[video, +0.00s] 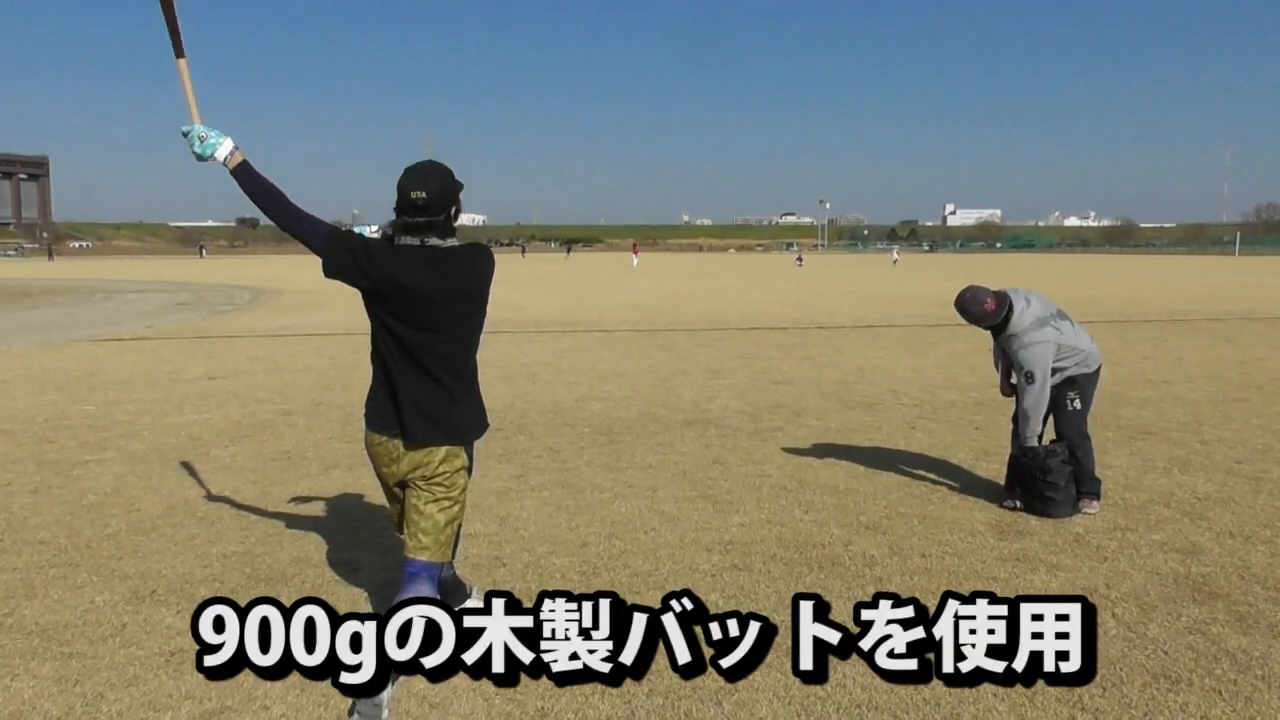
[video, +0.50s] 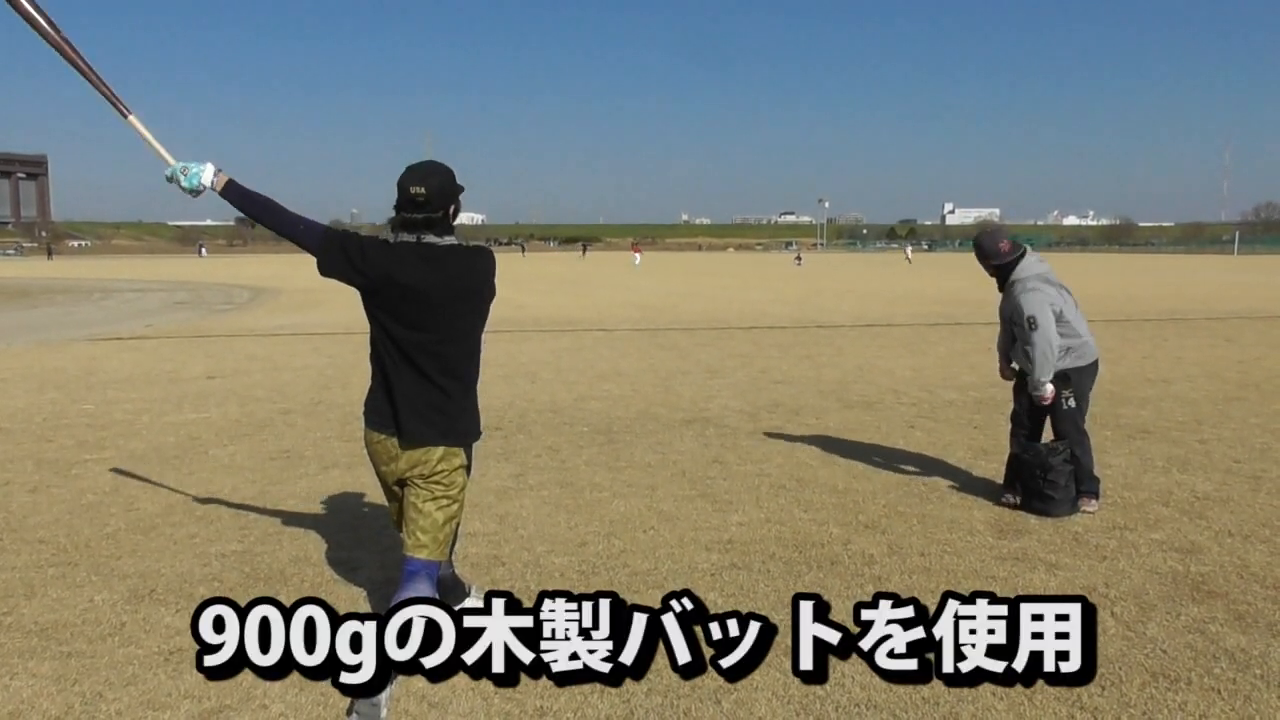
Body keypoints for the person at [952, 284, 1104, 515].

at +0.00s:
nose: (980, 327)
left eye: (978, 323)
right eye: (978, 323)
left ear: (985, 322)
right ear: (992, 296)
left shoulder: (1030, 345)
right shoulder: (1004, 303)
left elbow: (1034, 399)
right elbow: (1002, 344)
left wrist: (1029, 443)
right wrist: (1004, 378)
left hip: (1077, 366)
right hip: (1040, 366)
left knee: (1070, 430)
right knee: (1023, 425)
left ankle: (1088, 492)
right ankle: (1016, 490)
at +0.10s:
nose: (979, 321)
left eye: (978, 317)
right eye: (977, 316)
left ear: (986, 318)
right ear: (994, 292)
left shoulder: (1031, 339)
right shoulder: (1004, 300)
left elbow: (1037, 394)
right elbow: (1000, 342)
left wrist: (1032, 438)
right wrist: (1004, 379)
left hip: (1077, 366)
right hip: (1039, 364)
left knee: (1071, 429)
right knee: (1023, 424)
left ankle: (1089, 492)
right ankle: (1017, 490)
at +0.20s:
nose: (978, 309)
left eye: (976, 306)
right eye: (976, 305)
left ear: (983, 307)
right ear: (995, 284)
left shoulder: (1031, 329)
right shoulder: (1006, 293)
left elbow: (1040, 385)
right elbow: (1002, 341)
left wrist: (1035, 429)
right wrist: (1004, 376)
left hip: (1076, 364)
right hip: (1038, 362)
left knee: (1071, 427)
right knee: (1022, 423)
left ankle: (1089, 492)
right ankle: (1017, 489)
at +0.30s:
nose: (978, 297)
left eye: (977, 293)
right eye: (976, 293)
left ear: (983, 294)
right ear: (997, 275)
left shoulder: (1029, 315)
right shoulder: (1006, 297)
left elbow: (1042, 370)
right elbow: (1004, 337)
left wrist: (1037, 416)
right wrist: (1005, 371)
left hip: (1076, 363)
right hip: (1038, 361)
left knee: (1069, 425)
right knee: (1023, 423)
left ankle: (1088, 492)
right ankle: (1017, 489)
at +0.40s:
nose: (979, 282)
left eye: (978, 277)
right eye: (978, 277)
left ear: (988, 280)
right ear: (1004, 262)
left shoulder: (1028, 302)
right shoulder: (1011, 288)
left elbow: (1043, 355)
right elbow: (1007, 330)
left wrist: (1040, 398)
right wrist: (1005, 362)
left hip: (1073, 364)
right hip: (1038, 362)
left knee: (1068, 425)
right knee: (1025, 423)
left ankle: (1088, 491)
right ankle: (1017, 487)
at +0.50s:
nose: (988, 271)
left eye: (988, 266)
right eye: (987, 265)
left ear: (992, 267)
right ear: (1014, 250)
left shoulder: (1028, 292)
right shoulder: (1016, 279)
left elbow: (1044, 341)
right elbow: (1009, 324)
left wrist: (1041, 381)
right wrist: (1005, 356)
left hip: (1071, 362)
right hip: (1038, 361)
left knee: (1067, 426)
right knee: (1024, 424)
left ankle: (1087, 490)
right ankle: (1016, 486)